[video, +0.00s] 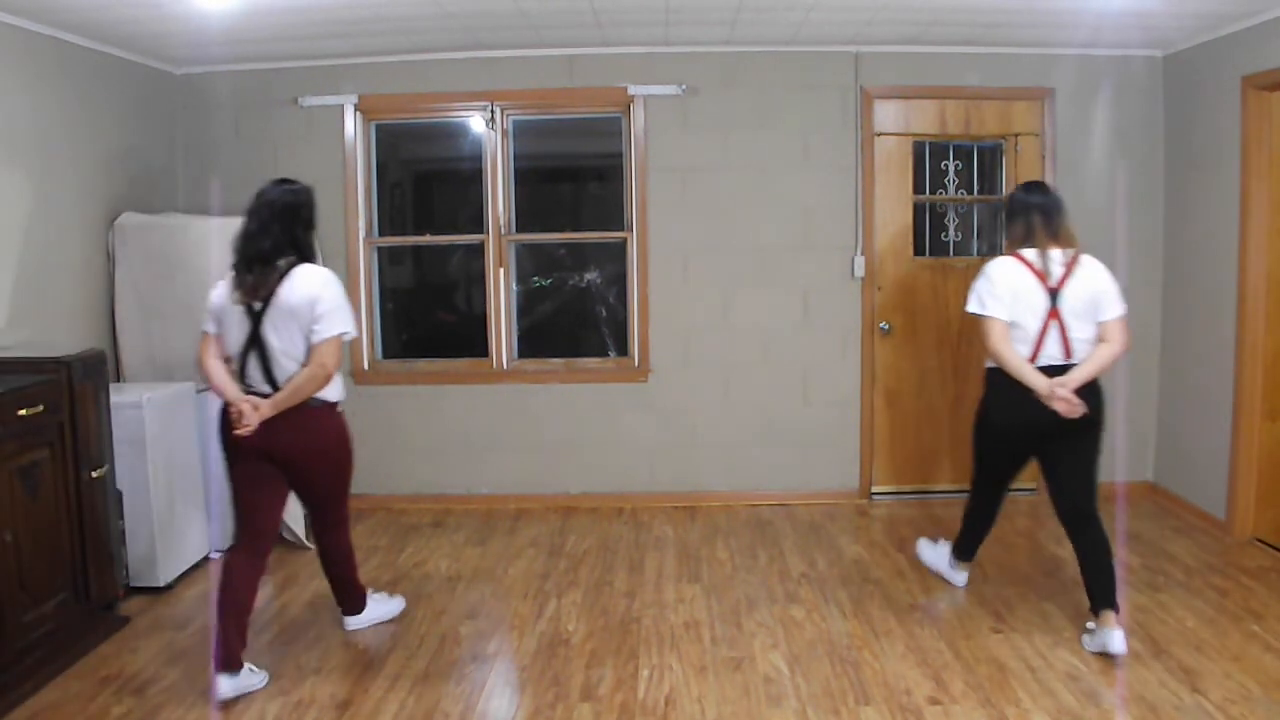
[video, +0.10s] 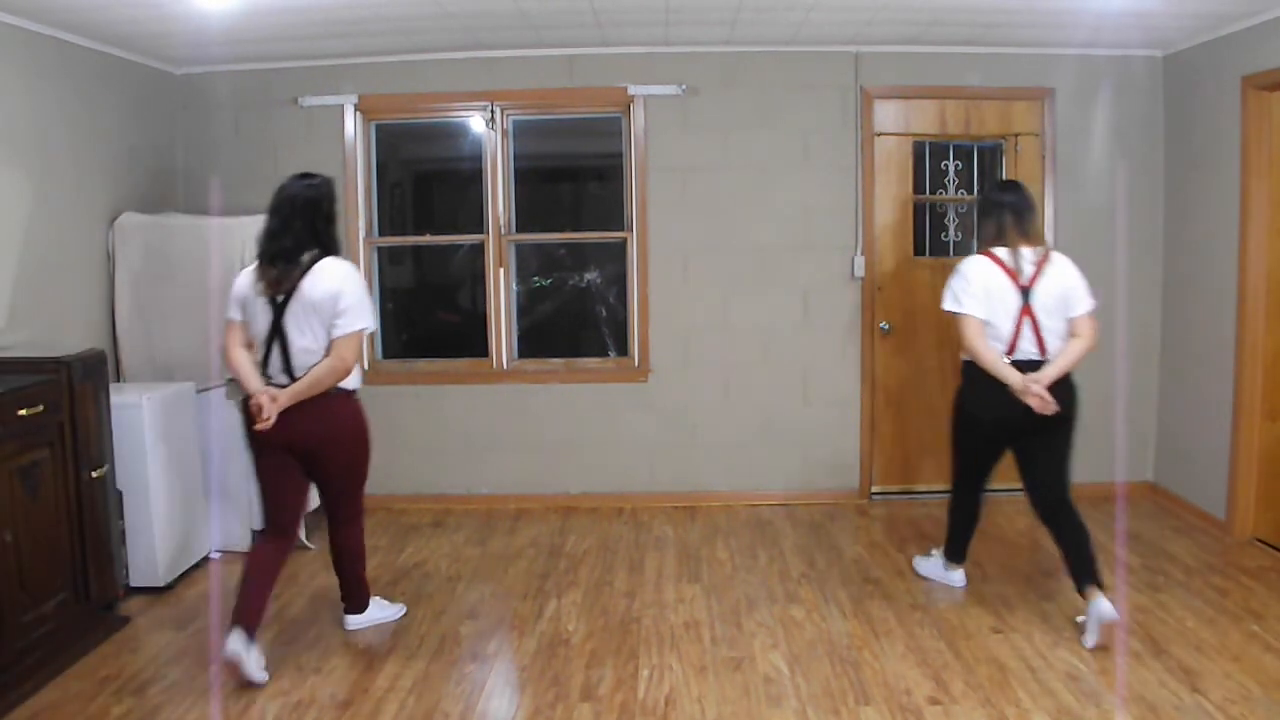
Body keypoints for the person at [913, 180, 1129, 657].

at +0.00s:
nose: (1006, 228)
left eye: (1008, 220)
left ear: (1012, 222)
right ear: (1059, 219)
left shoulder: (999, 271)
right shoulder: (1094, 270)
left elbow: (997, 344)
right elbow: (1116, 341)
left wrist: (1045, 387)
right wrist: (1067, 384)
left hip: (1013, 398)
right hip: (1078, 400)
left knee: (988, 486)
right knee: (1081, 513)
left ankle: (957, 560)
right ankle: (1108, 622)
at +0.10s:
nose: (980, 223)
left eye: (981, 215)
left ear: (985, 219)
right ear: (1031, 217)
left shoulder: (974, 270)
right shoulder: (1063, 267)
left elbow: (973, 342)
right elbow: (1085, 335)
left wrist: (1021, 383)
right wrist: (1043, 379)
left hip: (989, 389)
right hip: (1051, 389)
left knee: (968, 480)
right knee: (1053, 498)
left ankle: (952, 563)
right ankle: (1094, 595)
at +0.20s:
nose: (960, 216)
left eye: (959, 208)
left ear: (964, 212)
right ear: (1008, 210)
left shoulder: (952, 263)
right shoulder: (1038, 258)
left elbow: (952, 336)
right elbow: (1062, 326)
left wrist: (1001, 370)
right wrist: (1024, 365)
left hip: (967, 384)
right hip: (1024, 383)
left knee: (955, 477)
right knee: (1021, 483)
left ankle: (949, 563)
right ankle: (1061, 560)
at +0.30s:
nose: (941, 212)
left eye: (943, 205)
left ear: (949, 207)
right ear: (992, 204)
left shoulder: (940, 255)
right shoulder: (1022, 251)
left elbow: (941, 326)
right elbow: (1042, 319)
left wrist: (986, 362)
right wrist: (1007, 359)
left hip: (952, 374)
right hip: (1008, 375)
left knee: (950, 470)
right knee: (989, 461)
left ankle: (949, 563)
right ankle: (1021, 534)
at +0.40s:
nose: (931, 208)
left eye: (932, 201)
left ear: (938, 203)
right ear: (979, 200)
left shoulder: (932, 251)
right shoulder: (1008, 248)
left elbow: (938, 322)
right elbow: (1027, 314)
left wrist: (982, 360)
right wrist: (998, 354)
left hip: (943, 369)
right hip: (994, 370)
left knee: (943, 459)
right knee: (960, 446)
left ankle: (949, 561)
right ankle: (989, 524)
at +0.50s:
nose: (920, 210)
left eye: (922, 204)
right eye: (921, 204)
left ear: (930, 205)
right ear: (967, 202)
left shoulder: (927, 249)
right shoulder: (995, 248)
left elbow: (941, 322)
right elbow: (1012, 311)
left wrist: (980, 357)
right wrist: (990, 351)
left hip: (936, 366)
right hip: (980, 368)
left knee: (938, 458)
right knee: (943, 443)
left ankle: (949, 560)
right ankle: (969, 520)